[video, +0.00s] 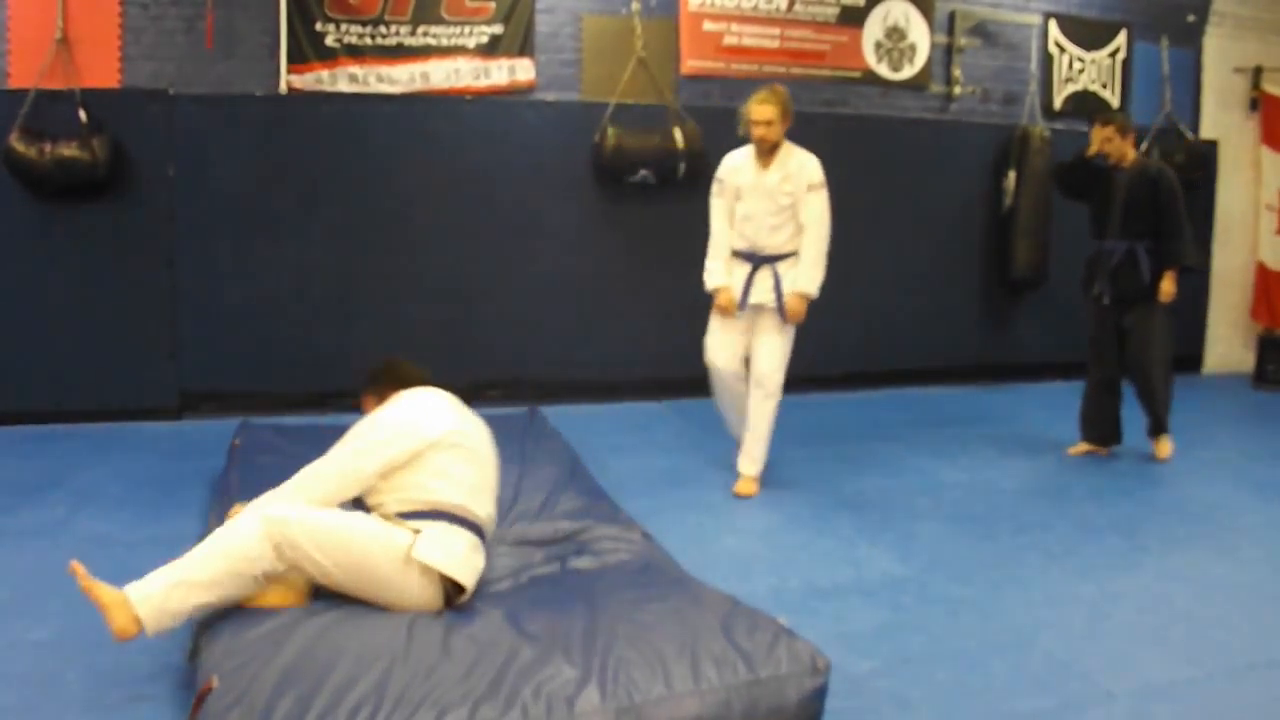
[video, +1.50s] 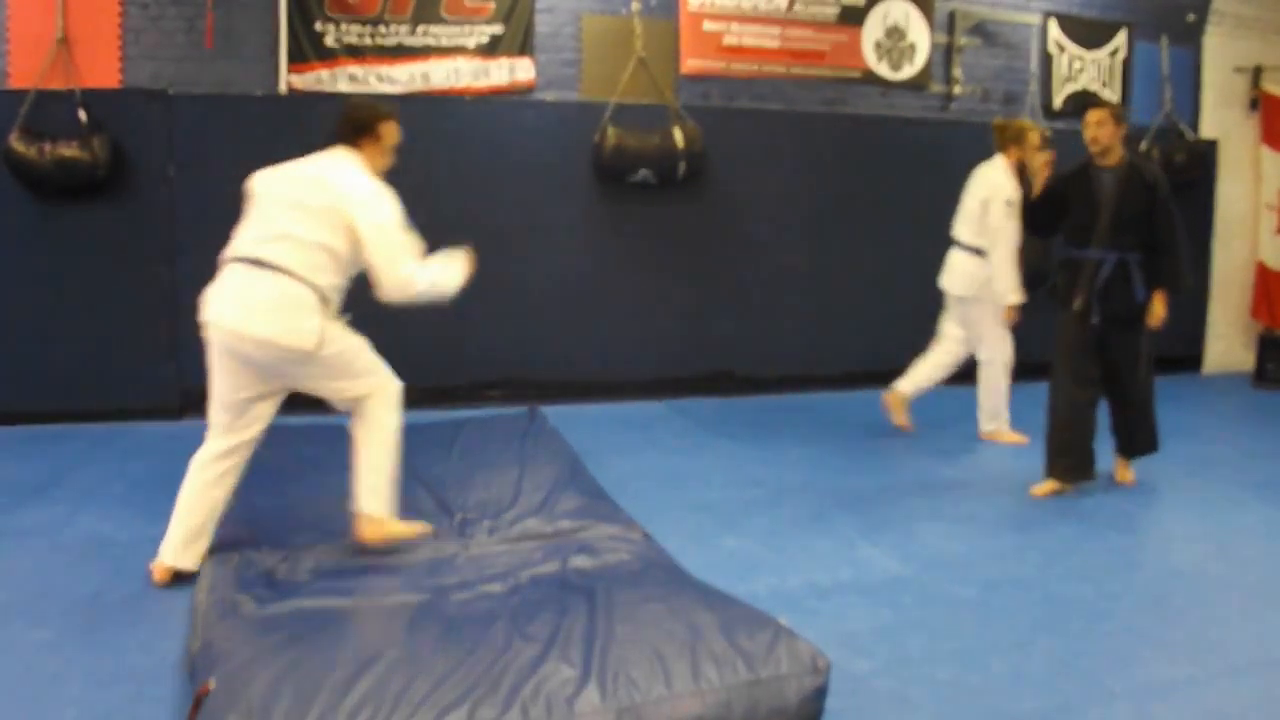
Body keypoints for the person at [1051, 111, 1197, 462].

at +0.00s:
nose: (1103, 149)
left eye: (1108, 142)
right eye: (1100, 143)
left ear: (1128, 139)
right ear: (1098, 145)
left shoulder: (1158, 177)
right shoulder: (1100, 175)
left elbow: (1175, 228)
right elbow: (1064, 181)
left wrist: (1170, 271)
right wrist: (1088, 155)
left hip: (1146, 276)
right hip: (1106, 274)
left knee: (1146, 356)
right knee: (1103, 356)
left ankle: (1160, 431)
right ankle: (1099, 436)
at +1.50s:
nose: (1092, 133)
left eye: (1100, 126)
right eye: (1087, 126)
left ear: (1120, 130)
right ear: (1083, 132)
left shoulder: (1147, 179)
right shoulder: (1073, 179)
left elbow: (1165, 240)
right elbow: (1040, 224)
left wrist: (1161, 291)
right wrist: (1036, 187)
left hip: (1128, 293)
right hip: (1079, 291)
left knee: (1128, 378)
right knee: (1070, 381)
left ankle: (1125, 455)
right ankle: (1064, 470)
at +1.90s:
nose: (1073, 127)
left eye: (1082, 118)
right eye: (1068, 120)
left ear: (1104, 122)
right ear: (1064, 128)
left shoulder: (1134, 172)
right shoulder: (1056, 177)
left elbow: (1155, 238)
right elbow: (1034, 239)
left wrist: (1146, 292)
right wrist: (1031, 206)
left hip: (1119, 292)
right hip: (1068, 291)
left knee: (1125, 389)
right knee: (1061, 386)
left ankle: (1126, 481)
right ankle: (1057, 473)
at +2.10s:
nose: (1088, 125)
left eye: (1097, 118)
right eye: (1085, 119)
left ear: (1122, 125)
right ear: (1082, 127)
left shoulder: (1149, 177)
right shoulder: (1073, 178)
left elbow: (1164, 244)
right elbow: (1049, 240)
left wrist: (1147, 297)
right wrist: (1038, 215)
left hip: (1122, 298)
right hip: (1074, 293)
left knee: (1120, 394)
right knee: (1063, 388)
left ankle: (1119, 494)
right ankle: (1057, 473)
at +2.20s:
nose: (1099, 121)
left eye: (1108, 114)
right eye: (1095, 115)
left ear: (1131, 120)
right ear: (1092, 124)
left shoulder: (1158, 175)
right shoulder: (1081, 173)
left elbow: (1170, 244)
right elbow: (1060, 237)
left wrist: (1155, 299)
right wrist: (1049, 213)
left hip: (1128, 297)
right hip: (1078, 292)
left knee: (1122, 394)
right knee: (1064, 386)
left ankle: (1120, 493)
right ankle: (1059, 472)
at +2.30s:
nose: (1106, 121)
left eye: (1115, 113)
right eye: (1104, 114)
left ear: (1140, 119)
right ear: (1103, 122)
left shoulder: (1167, 175)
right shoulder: (1094, 170)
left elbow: (1176, 247)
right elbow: (1070, 226)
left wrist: (1163, 304)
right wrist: (1050, 217)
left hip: (1134, 298)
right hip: (1086, 292)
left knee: (1126, 398)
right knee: (1069, 389)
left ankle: (1120, 495)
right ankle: (1061, 474)